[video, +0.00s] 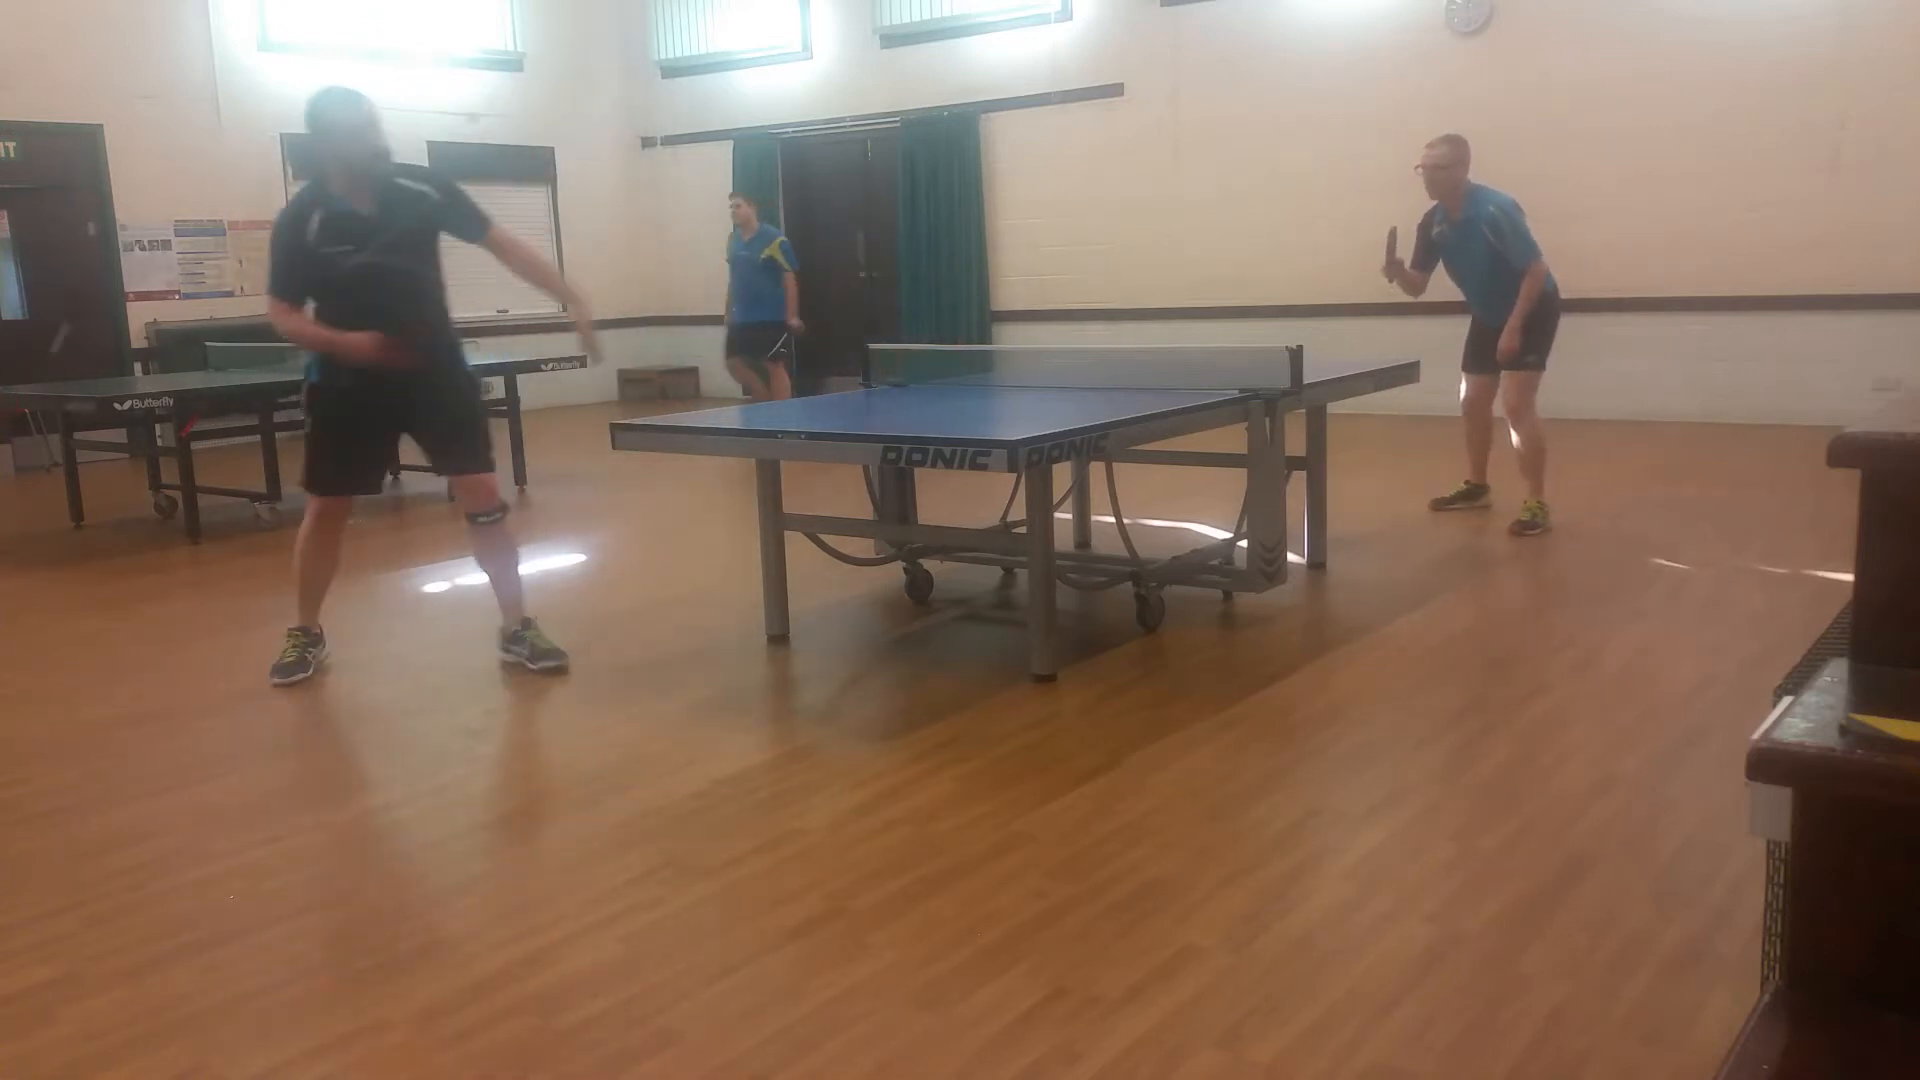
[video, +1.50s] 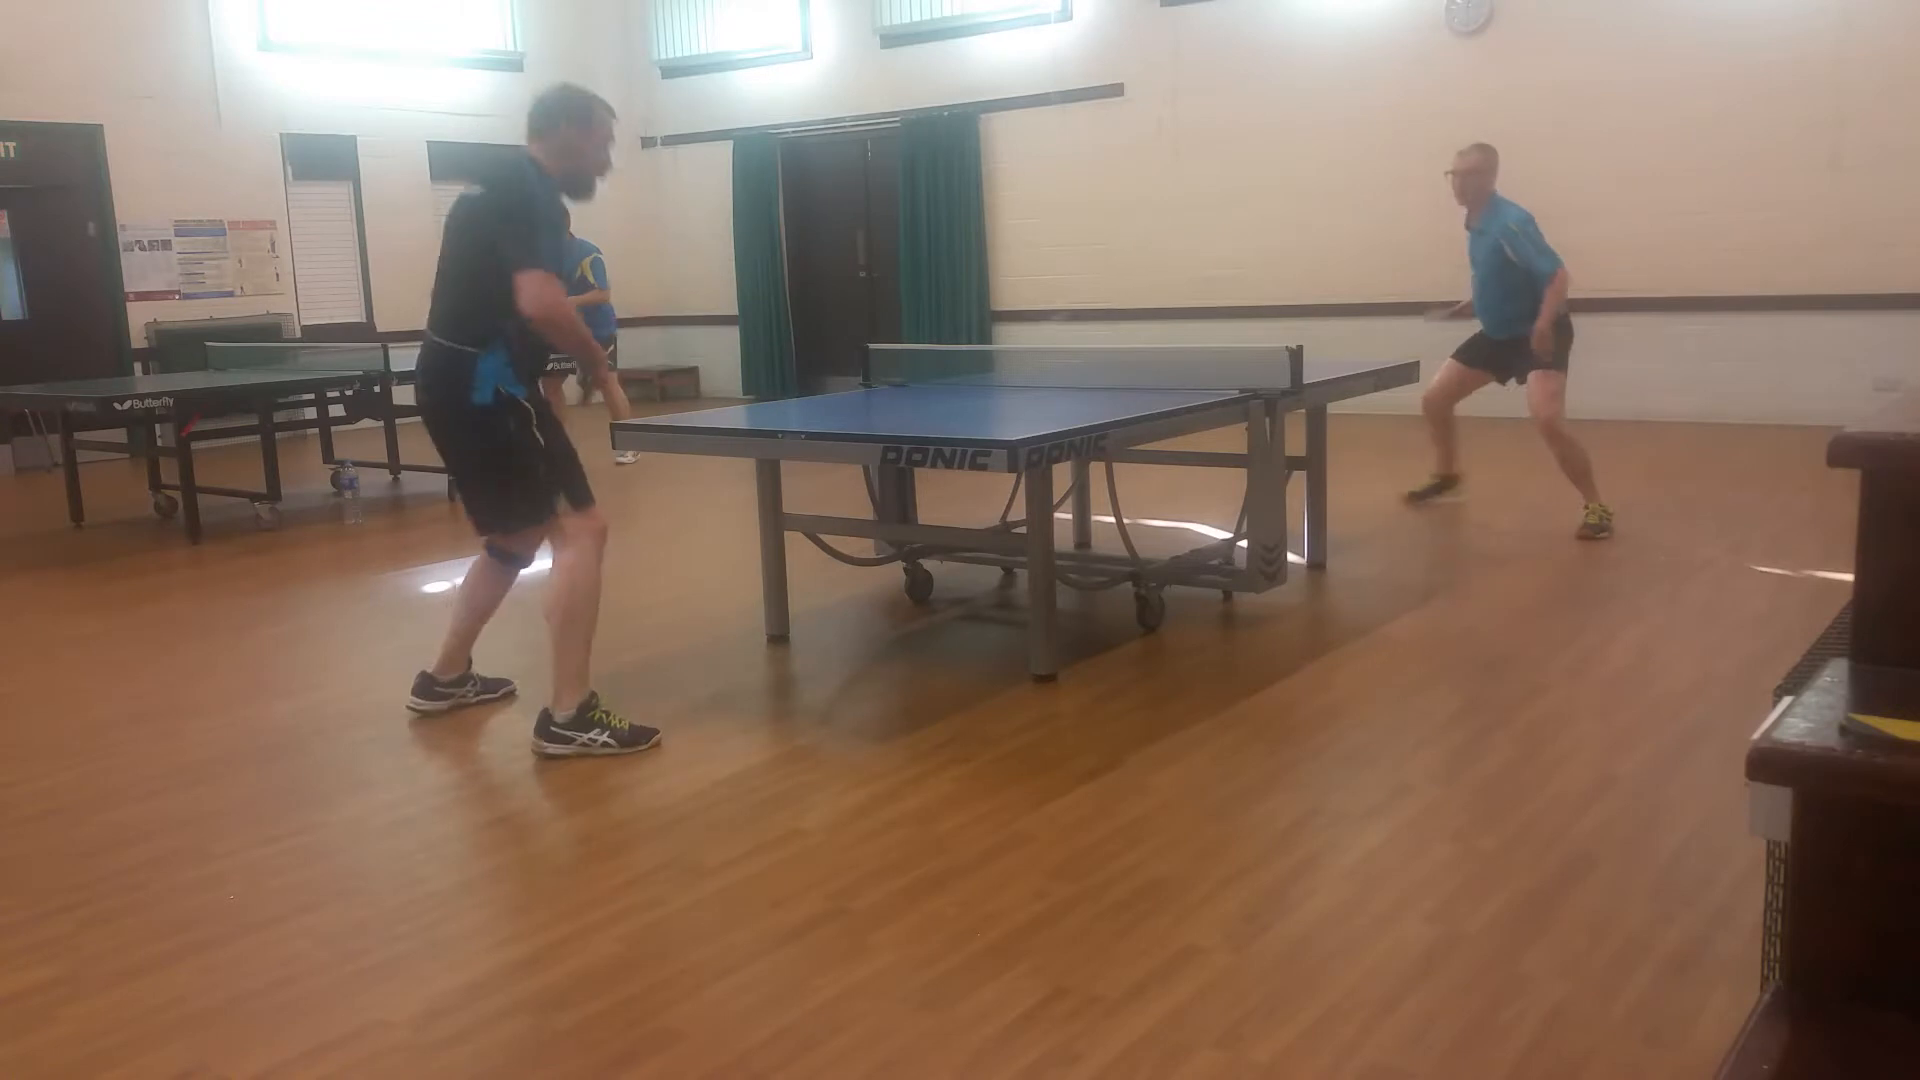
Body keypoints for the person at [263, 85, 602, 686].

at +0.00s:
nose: (370, 141)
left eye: (372, 128)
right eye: (353, 133)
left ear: (381, 131)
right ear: (322, 145)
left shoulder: (424, 193)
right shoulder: (299, 220)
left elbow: (502, 243)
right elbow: (283, 314)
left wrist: (572, 296)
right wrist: (350, 342)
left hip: (434, 374)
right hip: (347, 386)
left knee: (479, 491)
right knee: (326, 507)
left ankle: (518, 628)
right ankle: (305, 632)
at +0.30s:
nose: (333, 219)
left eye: (342, 205)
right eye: (321, 207)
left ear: (367, 193)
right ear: (307, 203)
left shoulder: (418, 247)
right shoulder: (287, 246)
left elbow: (450, 324)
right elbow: (246, 326)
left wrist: (457, 398)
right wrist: (197, 287)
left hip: (402, 405)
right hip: (316, 410)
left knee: (445, 526)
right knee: (292, 536)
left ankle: (442, 628)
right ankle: (311, 635)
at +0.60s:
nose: (491, 272)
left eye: (492, 260)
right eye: (485, 259)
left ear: (452, 249)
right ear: (449, 249)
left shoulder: (437, 285)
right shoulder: (380, 291)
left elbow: (416, 377)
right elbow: (383, 403)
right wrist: (474, 448)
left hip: (391, 415)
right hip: (335, 425)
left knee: (482, 513)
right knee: (346, 565)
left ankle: (447, 626)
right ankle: (290, 629)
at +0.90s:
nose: (535, 190)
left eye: (537, 178)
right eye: (529, 177)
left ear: (493, 172)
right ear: (491, 171)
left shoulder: (478, 224)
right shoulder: (437, 225)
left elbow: (460, 330)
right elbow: (427, 344)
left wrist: (535, 376)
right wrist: (527, 371)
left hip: (450, 378)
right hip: (410, 383)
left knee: (509, 506)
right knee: (495, 500)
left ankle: (453, 621)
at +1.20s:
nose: (574, 136)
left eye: (572, 122)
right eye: (565, 121)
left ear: (522, 125)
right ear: (523, 123)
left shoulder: (509, 188)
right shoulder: (485, 186)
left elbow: (521, 300)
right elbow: (495, 305)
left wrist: (600, 313)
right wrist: (603, 327)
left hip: (485, 370)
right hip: (473, 375)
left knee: (508, 511)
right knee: (563, 509)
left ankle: (444, 642)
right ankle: (543, 679)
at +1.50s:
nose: (609, 159)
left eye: (610, 145)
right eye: (602, 144)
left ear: (552, 137)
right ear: (565, 136)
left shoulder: (502, 184)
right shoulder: (529, 192)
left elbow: (492, 304)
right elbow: (539, 301)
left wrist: (541, 376)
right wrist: (601, 366)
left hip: (455, 376)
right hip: (487, 381)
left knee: (513, 539)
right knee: (582, 530)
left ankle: (444, 676)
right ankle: (569, 712)